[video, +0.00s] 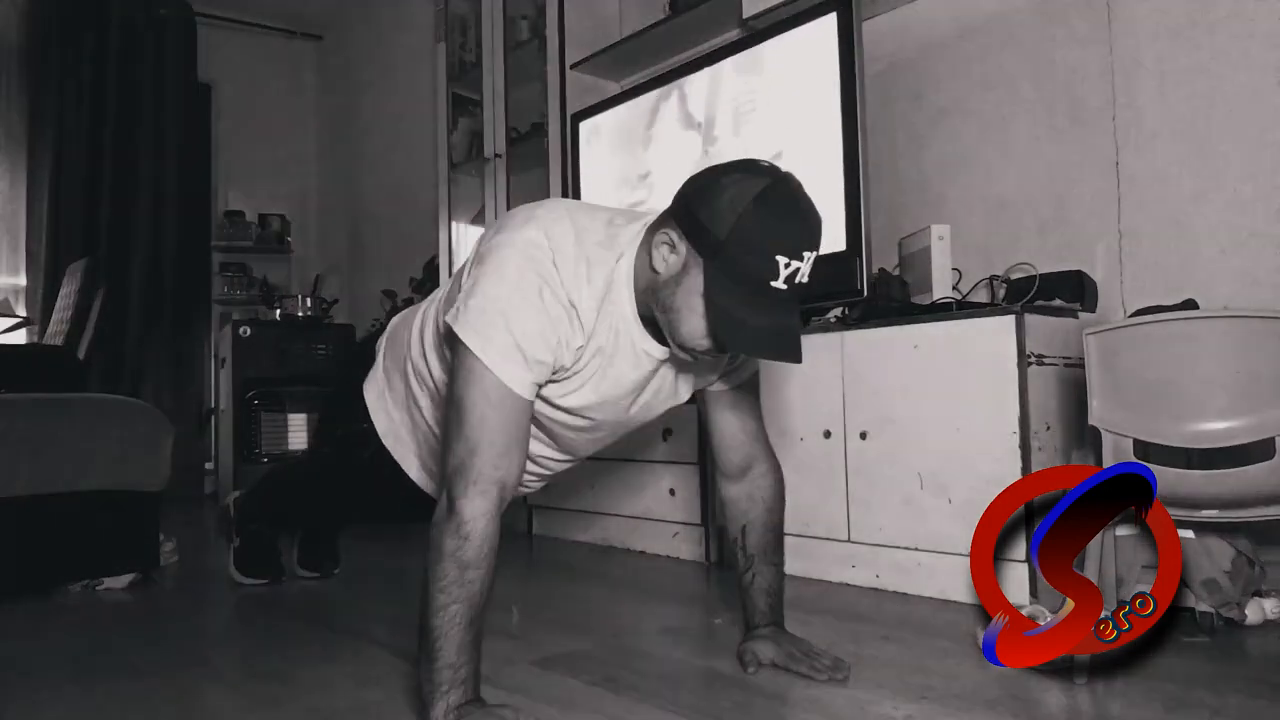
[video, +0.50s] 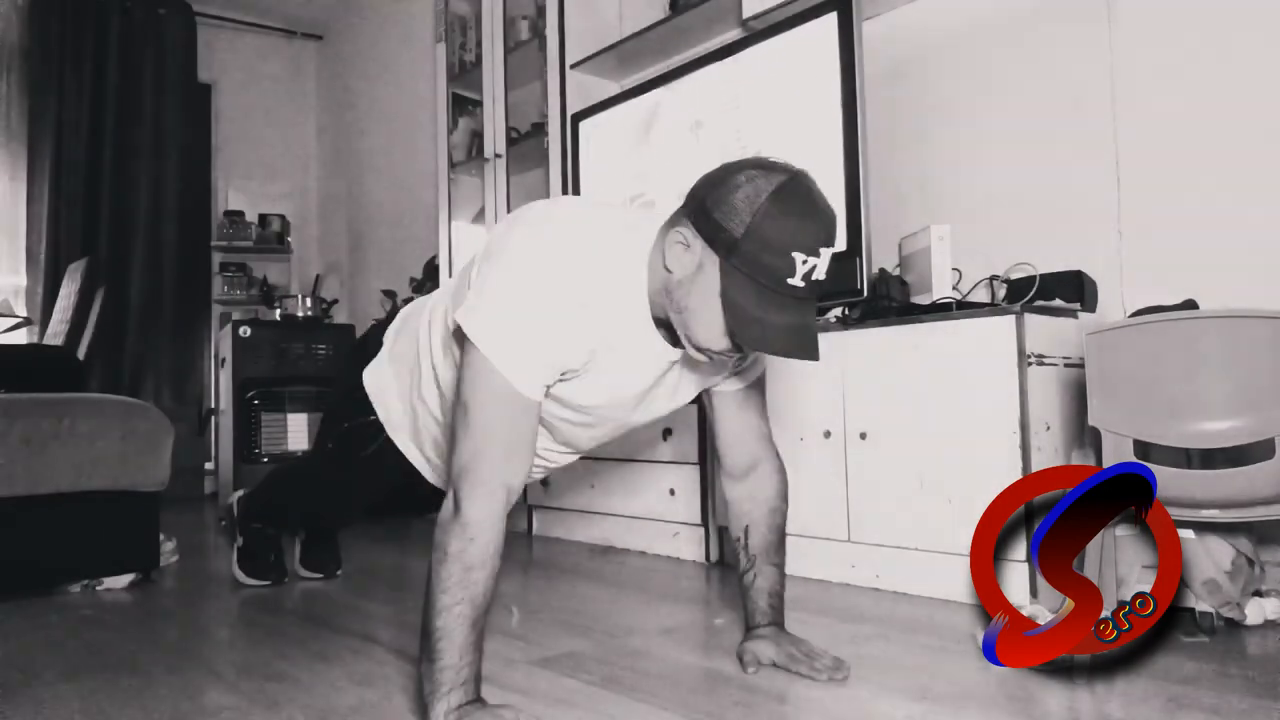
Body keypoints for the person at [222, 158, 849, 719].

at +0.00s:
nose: (734, 351)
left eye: (752, 333)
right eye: (728, 319)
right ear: (669, 253)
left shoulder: (718, 316)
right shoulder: (536, 260)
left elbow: (746, 471)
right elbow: (473, 496)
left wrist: (765, 630)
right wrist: (450, 700)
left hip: (499, 461)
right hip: (404, 417)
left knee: (373, 505)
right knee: (319, 485)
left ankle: (313, 525)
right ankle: (250, 518)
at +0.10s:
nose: (743, 352)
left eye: (760, 336)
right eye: (736, 321)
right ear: (679, 253)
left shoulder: (722, 315)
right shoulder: (540, 264)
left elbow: (750, 473)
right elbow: (475, 499)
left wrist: (765, 629)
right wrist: (449, 702)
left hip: (496, 453)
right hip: (402, 409)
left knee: (376, 504)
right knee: (321, 480)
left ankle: (315, 522)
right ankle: (256, 514)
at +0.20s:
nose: (743, 354)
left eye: (761, 338)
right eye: (737, 322)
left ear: (790, 306)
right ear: (681, 254)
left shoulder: (723, 318)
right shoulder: (542, 261)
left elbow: (751, 473)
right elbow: (478, 497)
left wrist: (765, 629)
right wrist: (450, 701)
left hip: (495, 451)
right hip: (402, 405)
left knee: (379, 506)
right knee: (325, 482)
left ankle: (316, 525)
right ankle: (257, 515)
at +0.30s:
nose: (737, 352)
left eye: (755, 336)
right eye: (732, 322)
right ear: (674, 257)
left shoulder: (720, 315)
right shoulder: (536, 264)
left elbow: (747, 470)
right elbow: (474, 494)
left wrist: (765, 629)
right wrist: (450, 702)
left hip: (498, 457)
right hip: (404, 413)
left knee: (376, 500)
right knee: (329, 482)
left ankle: (315, 517)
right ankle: (260, 513)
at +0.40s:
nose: (739, 348)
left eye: (755, 331)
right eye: (734, 317)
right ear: (678, 253)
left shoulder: (718, 316)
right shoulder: (538, 261)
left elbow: (747, 471)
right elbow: (475, 498)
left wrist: (765, 629)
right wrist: (449, 703)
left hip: (500, 459)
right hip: (407, 414)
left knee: (374, 502)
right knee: (323, 484)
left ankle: (315, 525)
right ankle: (256, 517)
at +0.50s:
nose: (749, 349)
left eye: (764, 332)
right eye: (743, 318)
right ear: (682, 254)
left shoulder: (725, 320)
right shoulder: (544, 266)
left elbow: (752, 471)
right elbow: (476, 502)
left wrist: (766, 628)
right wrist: (451, 701)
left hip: (497, 449)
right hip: (411, 407)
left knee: (381, 497)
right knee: (324, 482)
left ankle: (318, 521)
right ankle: (253, 516)